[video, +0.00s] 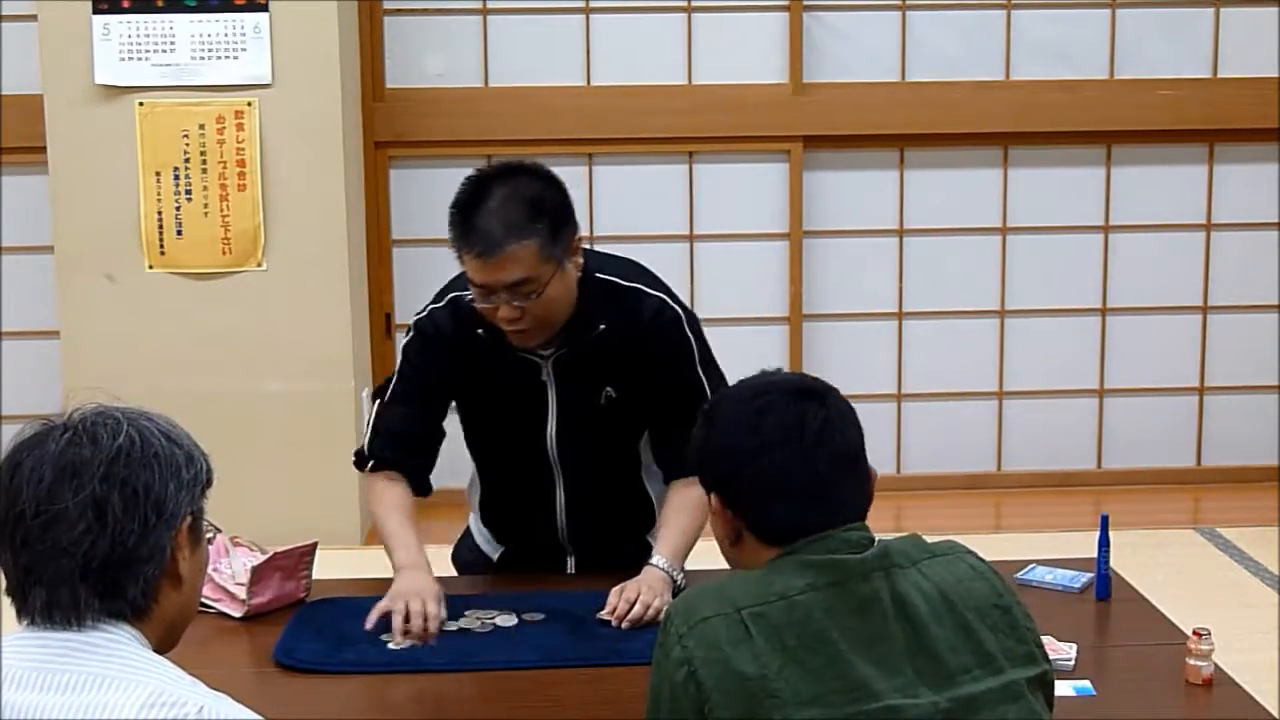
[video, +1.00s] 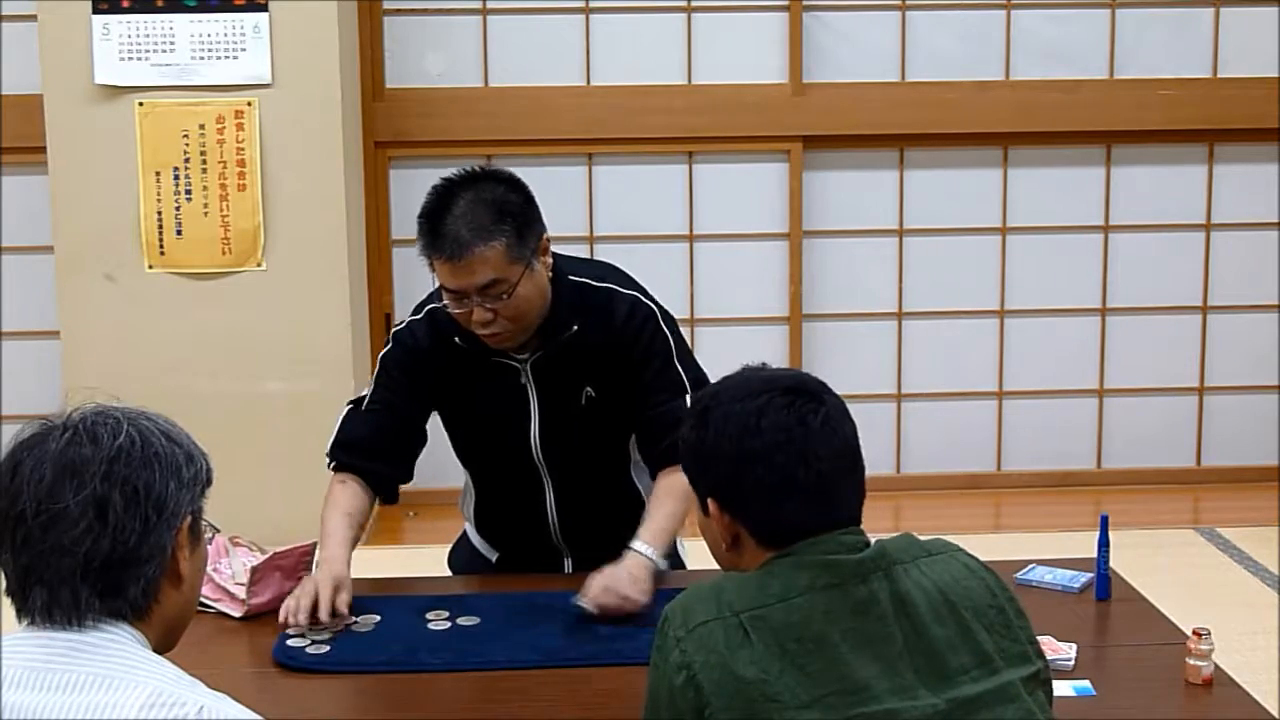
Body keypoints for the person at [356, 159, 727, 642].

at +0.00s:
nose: (506, 313)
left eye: (525, 291)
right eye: (484, 292)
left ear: (574, 253)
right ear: (465, 264)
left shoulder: (647, 313)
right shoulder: (449, 324)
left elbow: (698, 458)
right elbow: (388, 464)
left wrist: (663, 570)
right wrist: (410, 569)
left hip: (624, 573)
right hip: (501, 575)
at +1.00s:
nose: (479, 315)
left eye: (495, 292)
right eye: (456, 298)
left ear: (543, 256)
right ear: (436, 274)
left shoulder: (618, 310)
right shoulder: (427, 337)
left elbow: (684, 445)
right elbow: (364, 453)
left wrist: (641, 557)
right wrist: (330, 564)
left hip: (624, 570)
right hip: (495, 577)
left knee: (639, 708)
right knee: (487, 714)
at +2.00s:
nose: (475, 316)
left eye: (496, 297)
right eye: (456, 296)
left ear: (551, 262)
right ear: (440, 269)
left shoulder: (617, 330)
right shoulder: (428, 317)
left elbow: (555, 484)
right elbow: (387, 439)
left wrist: (429, 563)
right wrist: (328, 534)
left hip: (611, 529)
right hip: (494, 525)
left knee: (601, 692)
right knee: (493, 684)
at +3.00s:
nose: (381, 325)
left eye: (393, 301)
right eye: (359, 310)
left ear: (440, 253)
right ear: (339, 288)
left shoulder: (539, 311)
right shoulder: (349, 331)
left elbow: (562, 470)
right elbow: (326, 442)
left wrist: (447, 545)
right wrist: (317, 538)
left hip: (580, 520)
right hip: (464, 528)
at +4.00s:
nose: (529, 426)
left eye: (545, 406)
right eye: (505, 414)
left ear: (578, 351)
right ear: (470, 381)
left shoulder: (651, 390)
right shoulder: (429, 412)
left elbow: (647, 546)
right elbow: (456, 552)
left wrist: (608, 646)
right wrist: (521, 641)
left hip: (623, 591)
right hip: (502, 601)